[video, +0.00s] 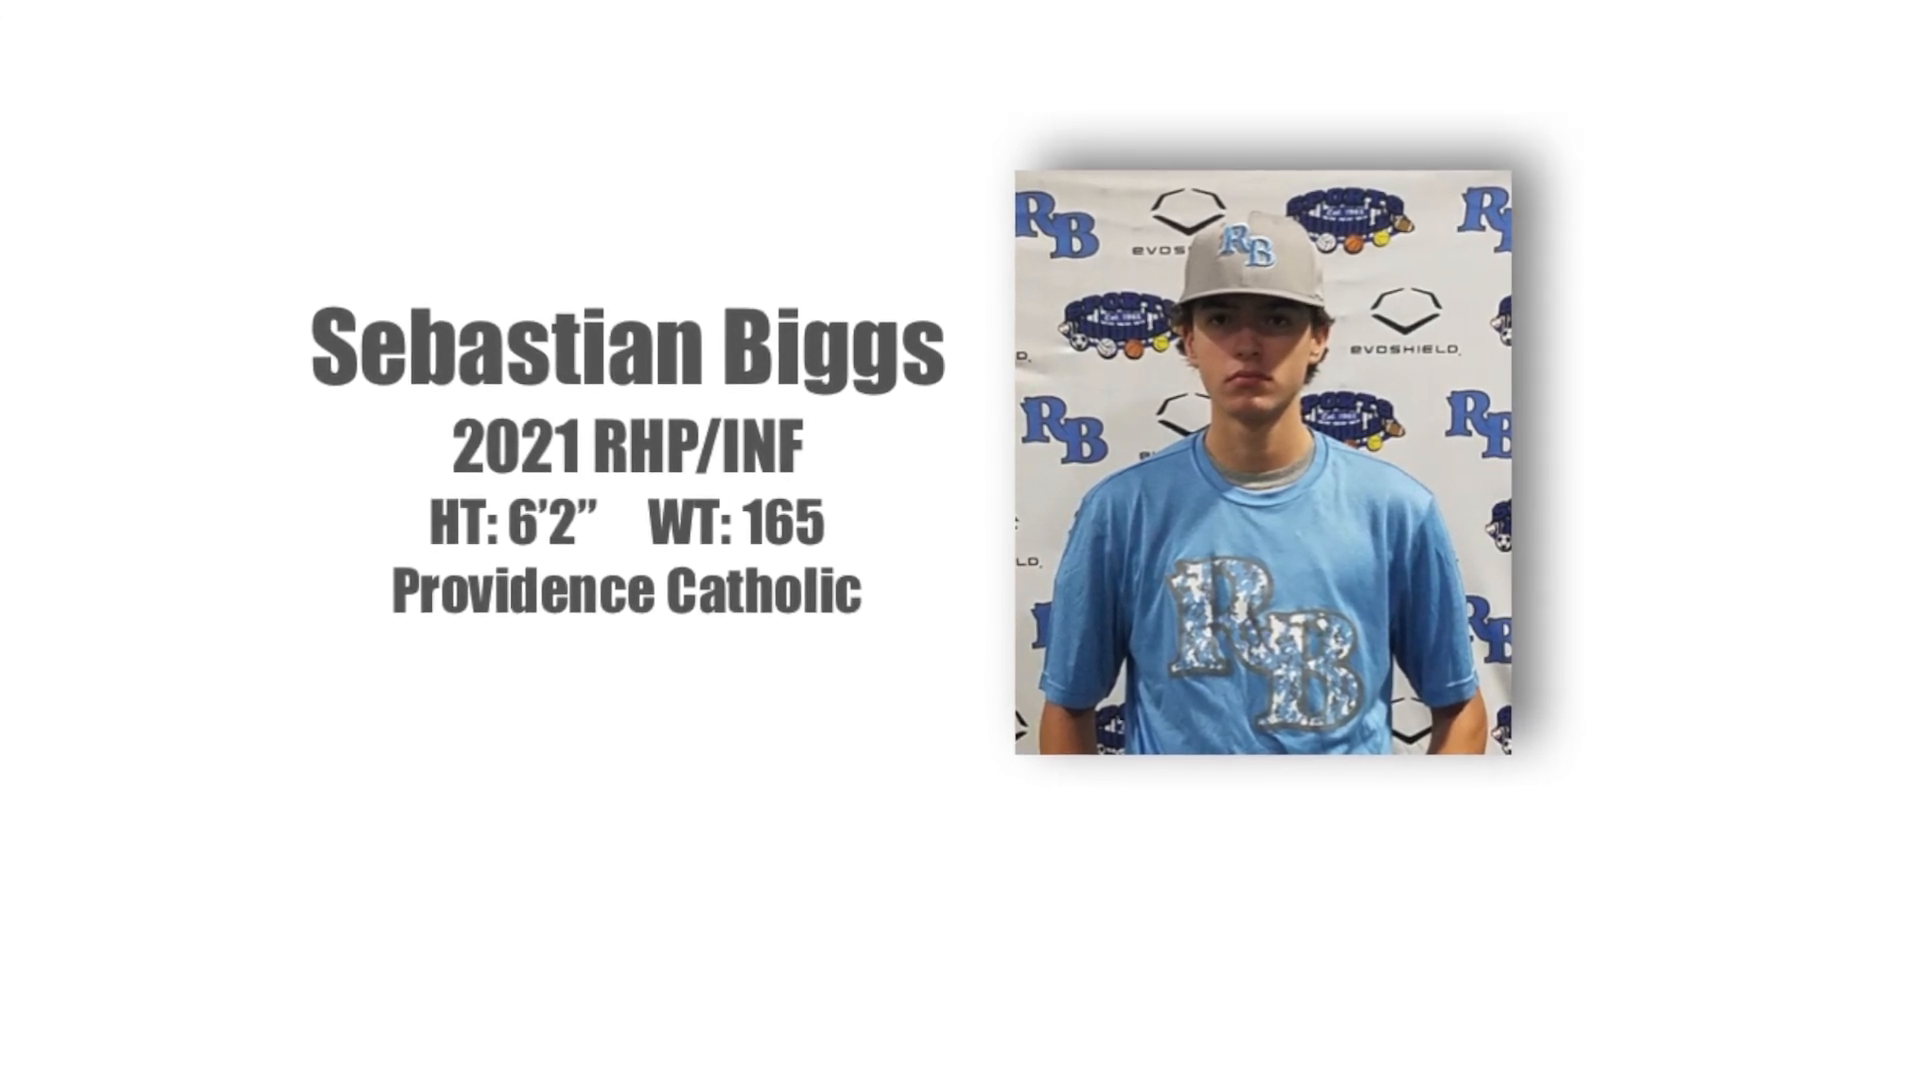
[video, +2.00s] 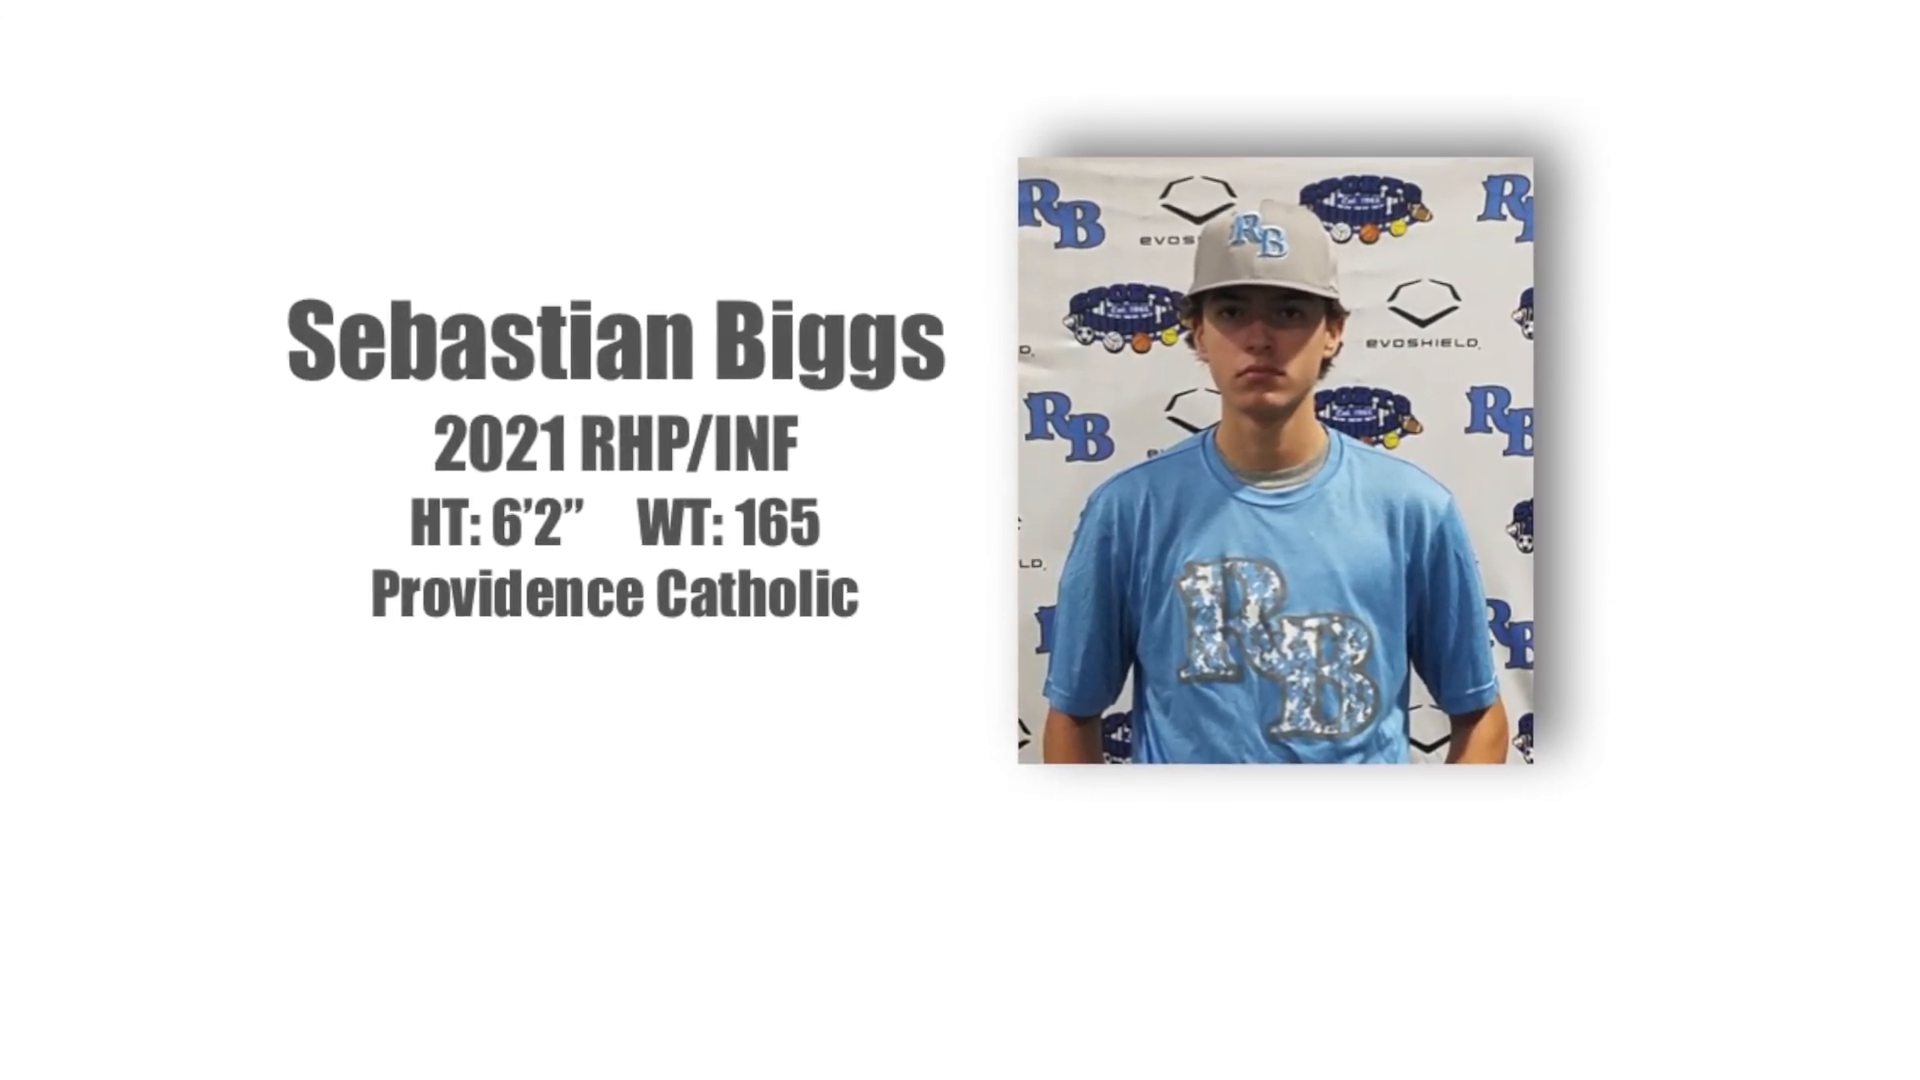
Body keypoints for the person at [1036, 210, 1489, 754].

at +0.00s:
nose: (1248, 343)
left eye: (1276, 319)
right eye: (1223, 319)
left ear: (1317, 341)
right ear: (1189, 341)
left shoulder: (1398, 511)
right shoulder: (1118, 513)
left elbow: (1461, 710)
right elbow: (1068, 712)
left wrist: (1422, 829)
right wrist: (1079, 835)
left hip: (1354, 826)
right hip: (1172, 825)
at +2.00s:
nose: (1260, 337)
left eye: (1289, 312)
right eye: (1234, 312)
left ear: (1331, 334)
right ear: (1198, 335)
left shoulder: (1415, 511)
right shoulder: (1125, 514)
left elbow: (1482, 717)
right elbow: (1073, 720)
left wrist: (1440, 841)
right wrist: (1086, 847)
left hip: (1370, 837)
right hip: (1182, 837)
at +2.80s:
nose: (1009, 346)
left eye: (1031, 327)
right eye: (990, 327)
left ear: (1063, 344)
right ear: (963, 343)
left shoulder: (1125, 478)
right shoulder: (908, 479)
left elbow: (1173, 633)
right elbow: (869, 634)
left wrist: (1146, 728)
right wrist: (874, 732)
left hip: (1091, 725)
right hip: (951, 726)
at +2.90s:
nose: (956, 349)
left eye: (976, 331)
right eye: (938, 331)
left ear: (1005, 347)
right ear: (912, 345)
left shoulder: (1063, 471)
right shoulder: (861, 473)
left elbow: (1108, 616)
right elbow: (824, 618)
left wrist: (1081, 706)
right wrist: (829, 711)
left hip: (1031, 703)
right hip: (901, 704)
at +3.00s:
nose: (903, 350)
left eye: (922, 334)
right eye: (887, 334)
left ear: (949, 349)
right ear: (863, 347)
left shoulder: (1003, 465)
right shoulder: (815, 466)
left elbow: (1045, 601)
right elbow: (781, 601)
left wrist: (1021, 683)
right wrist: (786, 689)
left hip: (973, 681)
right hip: (852, 681)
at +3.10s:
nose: (854, 352)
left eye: (871, 337)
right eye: (838, 336)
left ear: (897, 350)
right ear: (816, 349)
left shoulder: (946, 459)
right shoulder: (771, 460)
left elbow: (986, 586)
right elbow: (739, 587)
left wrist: (963, 664)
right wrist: (744, 670)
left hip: (919, 661)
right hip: (806, 661)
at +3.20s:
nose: (807, 354)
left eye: (823, 340)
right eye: (792, 339)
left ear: (847, 352)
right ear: (772, 352)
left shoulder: (893, 454)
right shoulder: (730, 455)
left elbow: (930, 573)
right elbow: (700, 576)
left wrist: (910, 647)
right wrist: (708, 652)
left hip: (868, 643)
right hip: (762, 643)